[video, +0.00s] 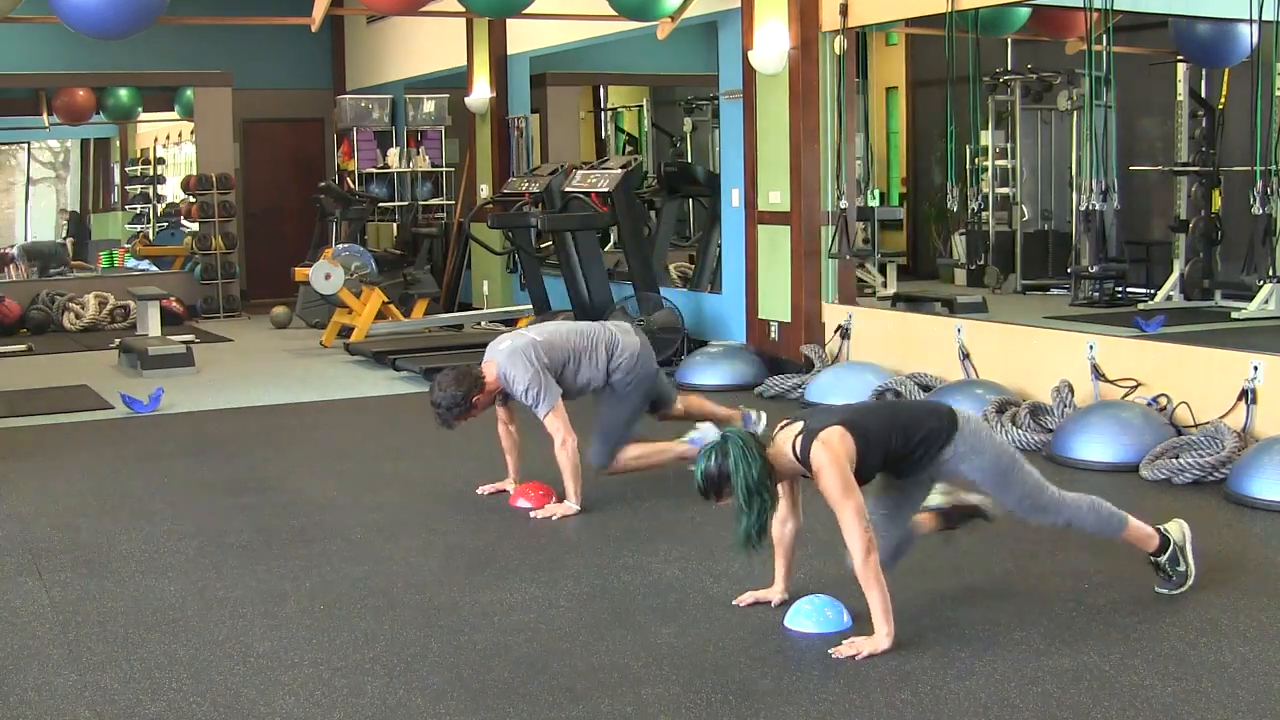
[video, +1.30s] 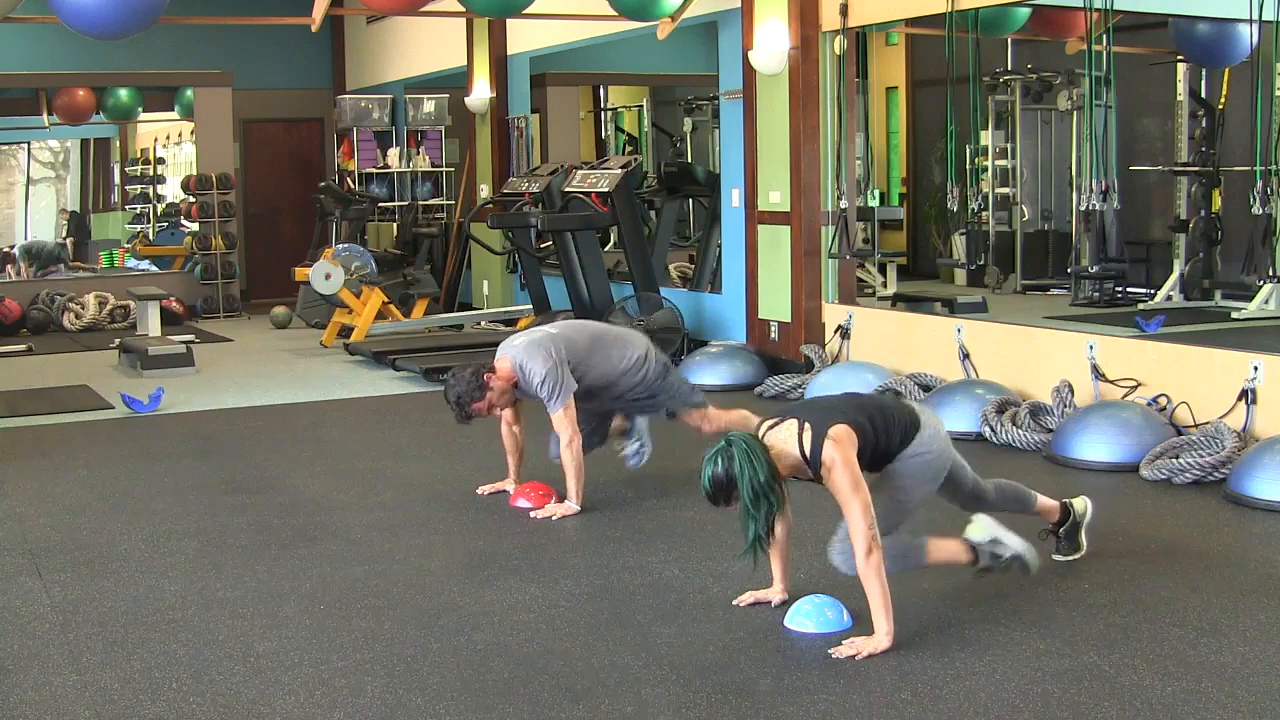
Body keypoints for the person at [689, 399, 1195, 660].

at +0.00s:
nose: (735, 498)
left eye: (733, 489)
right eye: (727, 492)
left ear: (746, 471)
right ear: (747, 452)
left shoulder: (824, 452)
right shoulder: (774, 446)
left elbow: (862, 548)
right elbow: (784, 516)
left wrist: (882, 633)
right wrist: (779, 586)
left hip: (950, 437)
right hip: (899, 462)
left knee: (1045, 505)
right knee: (879, 556)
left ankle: (1161, 542)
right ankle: (948, 511)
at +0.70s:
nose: (754, 504)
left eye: (750, 493)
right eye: (745, 498)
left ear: (761, 473)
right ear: (752, 457)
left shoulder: (829, 451)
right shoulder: (779, 444)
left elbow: (867, 547)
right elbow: (787, 518)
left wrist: (883, 633)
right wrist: (780, 587)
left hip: (961, 427)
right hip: (922, 444)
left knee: (1049, 495)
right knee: (937, 530)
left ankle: (1156, 537)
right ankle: (1007, 487)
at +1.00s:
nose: (740, 504)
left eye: (739, 497)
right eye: (732, 500)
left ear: (752, 474)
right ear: (747, 449)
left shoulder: (828, 454)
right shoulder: (766, 441)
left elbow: (869, 547)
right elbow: (780, 514)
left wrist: (882, 634)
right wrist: (780, 586)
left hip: (937, 458)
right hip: (909, 459)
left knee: (1024, 539)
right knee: (997, 505)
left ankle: (1151, 535)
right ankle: (1070, 509)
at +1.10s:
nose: (744, 508)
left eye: (742, 498)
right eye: (735, 503)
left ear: (756, 476)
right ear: (741, 459)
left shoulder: (828, 451)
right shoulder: (766, 440)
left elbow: (867, 545)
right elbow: (776, 514)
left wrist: (883, 633)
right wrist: (779, 585)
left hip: (933, 436)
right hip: (905, 425)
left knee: (969, 561)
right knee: (978, 488)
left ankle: (1093, 535)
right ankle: (1069, 511)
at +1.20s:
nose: (740, 506)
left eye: (738, 499)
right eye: (732, 502)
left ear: (754, 480)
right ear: (743, 460)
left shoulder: (833, 449)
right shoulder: (767, 439)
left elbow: (868, 546)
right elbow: (777, 515)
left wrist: (883, 633)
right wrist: (779, 586)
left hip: (925, 436)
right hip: (912, 414)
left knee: (903, 566)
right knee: (974, 486)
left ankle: (1021, 535)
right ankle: (1061, 512)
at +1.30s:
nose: (739, 506)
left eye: (738, 498)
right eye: (732, 501)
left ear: (754, 478)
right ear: (741, 450)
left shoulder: (832, 450)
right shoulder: (768, 436)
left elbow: (868, 545)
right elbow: (775, 513)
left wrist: (883, 634)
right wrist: (779, 585)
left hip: (918, 447)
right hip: (911, 419)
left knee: (845, 553)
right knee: (977, 493)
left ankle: (979, 549)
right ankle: (1066, 513)